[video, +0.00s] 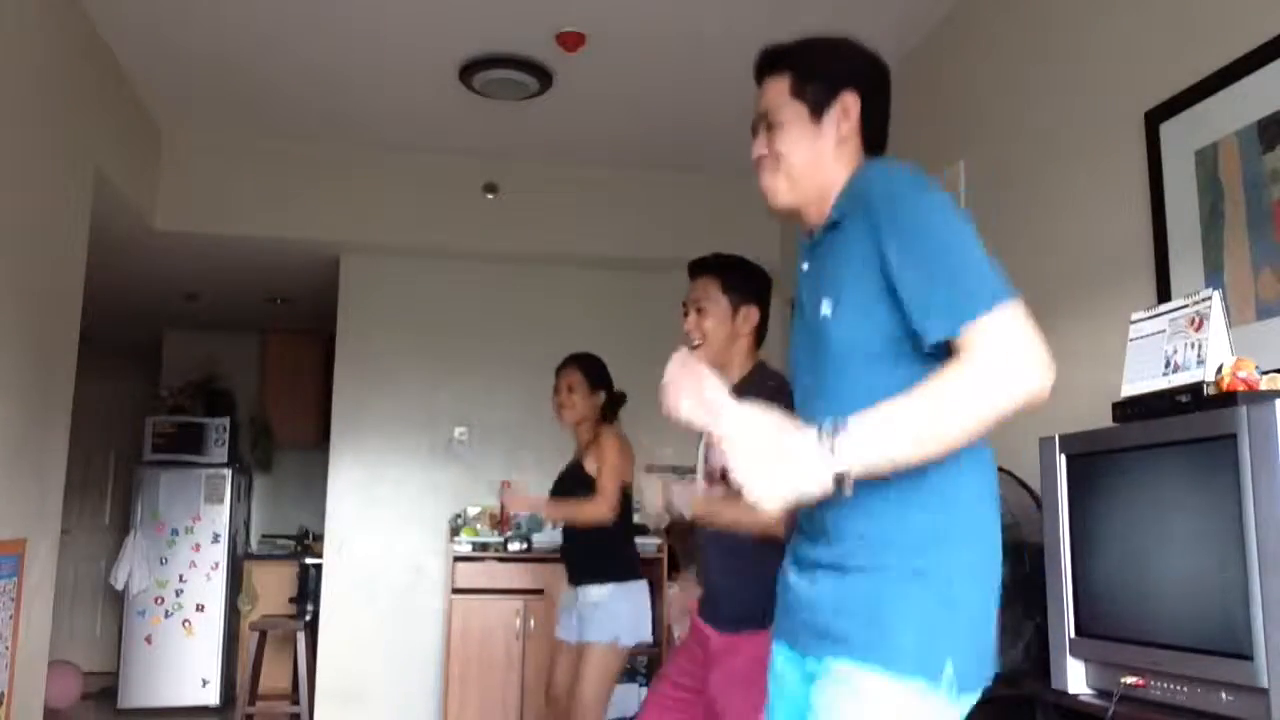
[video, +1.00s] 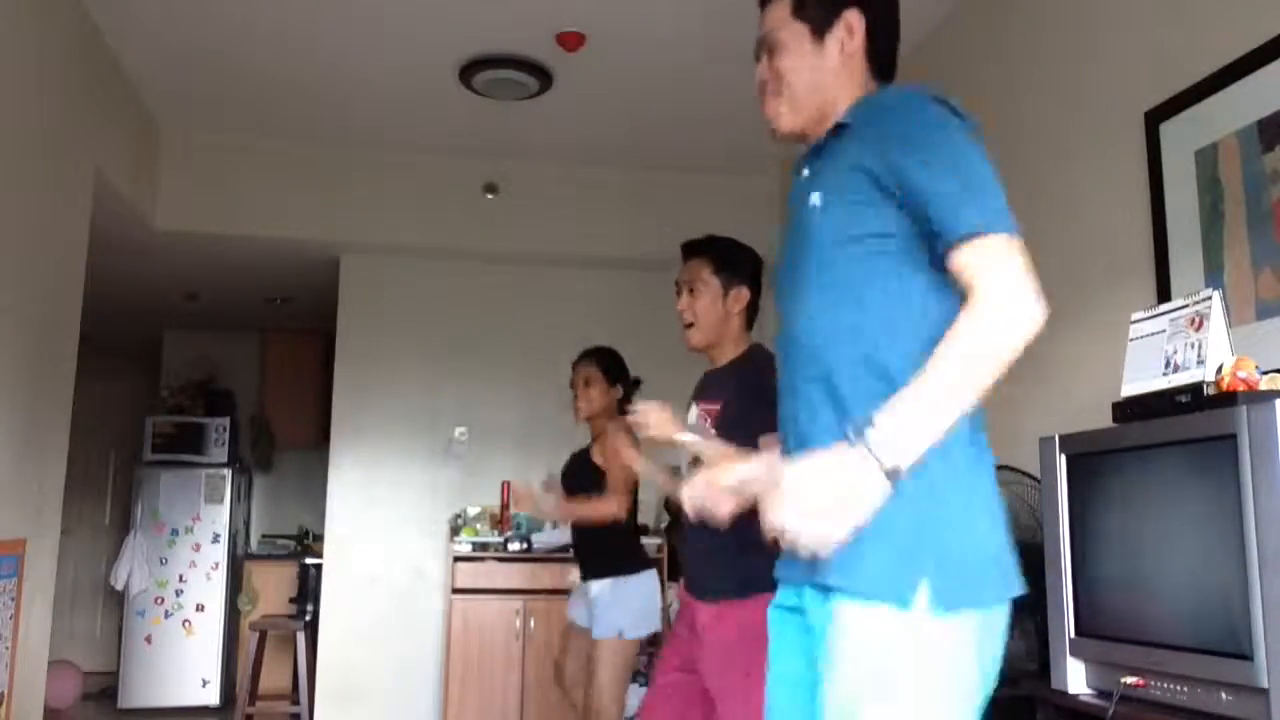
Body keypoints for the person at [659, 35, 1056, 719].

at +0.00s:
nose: (756, 148)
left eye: (772, 123)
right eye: (756, 129)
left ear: (843, 119)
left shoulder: (891, 195)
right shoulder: (816, 252)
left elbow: (1016, 360)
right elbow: (837, 433)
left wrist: (825, 453)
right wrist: (736, 426)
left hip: (898, 637)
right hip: (811, 623)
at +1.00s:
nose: (760, 74)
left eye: (772, 47)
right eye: (759, 55)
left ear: (847, 35)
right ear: (840, 39)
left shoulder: (902, 119)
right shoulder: (812, 178)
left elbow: (1011, 299)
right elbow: (861, 398)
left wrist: (870, 462)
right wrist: (762, 466)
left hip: (915, 579)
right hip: (815, 575)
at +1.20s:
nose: (754, 139)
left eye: (770, 112)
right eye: (757, 119)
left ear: (844, 104)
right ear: (842, 108)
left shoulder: (915, 232)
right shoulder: (822, 262)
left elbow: (1010, 448)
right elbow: (877, 461)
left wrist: (907, 600)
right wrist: (780, 498)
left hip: (946, 636)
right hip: (839, 625)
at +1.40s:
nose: (760, 76)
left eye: (772, 47)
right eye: (758, 57)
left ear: (846, 28)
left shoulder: (910, 117)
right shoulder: (821, 181)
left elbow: (1007, 294)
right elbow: (840, 414)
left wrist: (798, 373)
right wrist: (717, 420)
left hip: (915, 597)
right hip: (811, 588)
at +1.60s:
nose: (766, 115)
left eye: (781, 89)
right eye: (765, 97)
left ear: (854, 72)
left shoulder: (899, 139)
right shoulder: (825, 217)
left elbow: (953, 269)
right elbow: (816, 421)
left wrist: (773, 365)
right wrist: (714, 364)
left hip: (889, 595)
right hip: (797, 590)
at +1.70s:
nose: (768, 117)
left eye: (783, 91)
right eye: (767, 100)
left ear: (856, 80)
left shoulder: (897, 151)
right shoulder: (827, 218)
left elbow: (969, 289)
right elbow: (806, 418)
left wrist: (725, 360)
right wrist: (717, 350)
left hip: (883, 623)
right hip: (819, 614)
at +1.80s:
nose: (771, 87)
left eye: (785, 61)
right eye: (770, 70)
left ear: (861, 46)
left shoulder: (921, 128)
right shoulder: (834, 193)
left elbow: (948, 282)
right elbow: (830, 374)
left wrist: (724, 359)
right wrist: (723, 371)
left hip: (893, 602)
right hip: (810, 592)